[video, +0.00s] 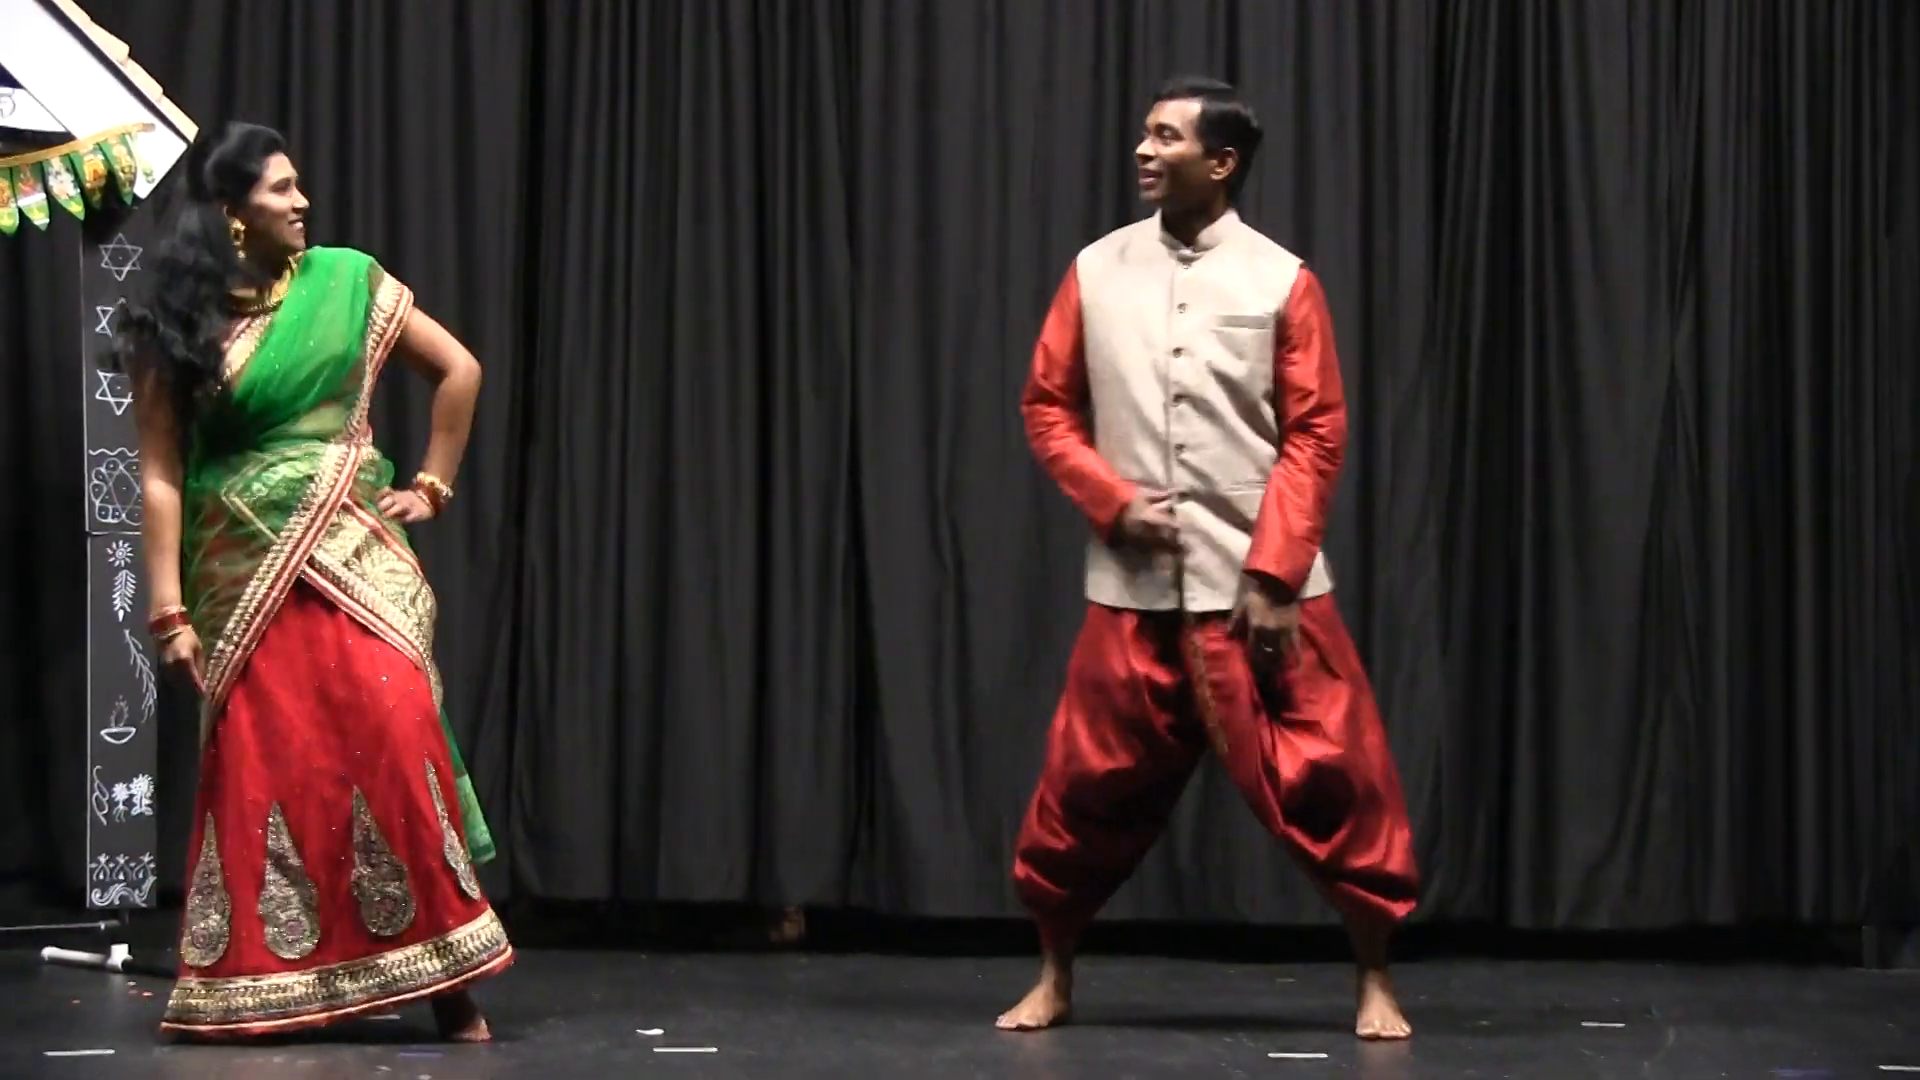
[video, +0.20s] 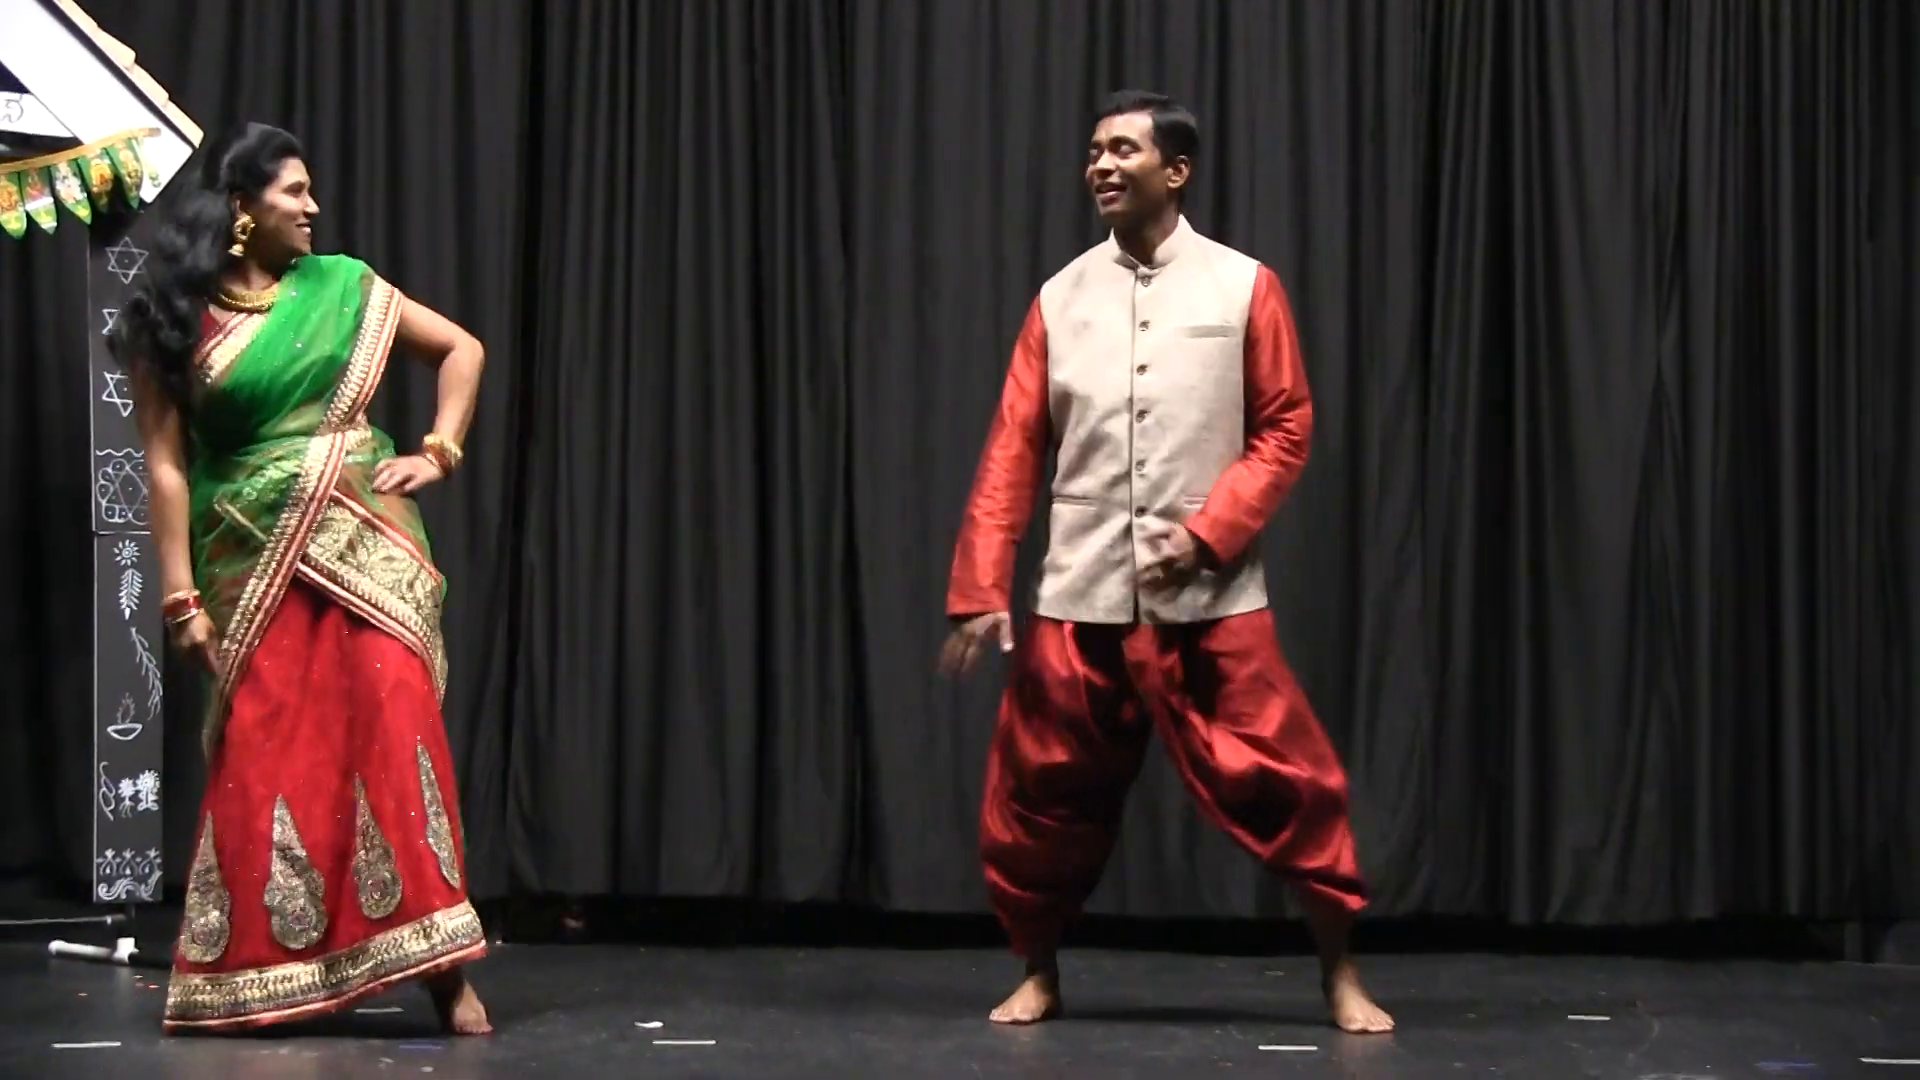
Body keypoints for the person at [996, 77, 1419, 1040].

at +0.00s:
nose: (1144, 150)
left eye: (1166, 137)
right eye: (1145, 135)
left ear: (1224, 159)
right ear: (1147, 152)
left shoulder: (1281, 280)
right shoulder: (1095, 271)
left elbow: (1317, 431)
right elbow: (1045, 408)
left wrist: (1275, 570)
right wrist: (1112, 502)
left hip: (1261, 584)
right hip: (1131, 585)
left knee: (1339, 776)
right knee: (1079, 783)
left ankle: (1375, 986)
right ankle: (1052, 980)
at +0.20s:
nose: (1101, 165)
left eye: (1122, 150)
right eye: (1095, 153)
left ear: (1177, 170)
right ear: (1090, 174)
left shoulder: (1244, 286)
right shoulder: (1058, 299)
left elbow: (1286, 429)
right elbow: (1012, 450)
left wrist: (1209, 533)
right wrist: (984, 583)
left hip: (1208, 593)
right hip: (1076, 595)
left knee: (1291, 776)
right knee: (1041, 789)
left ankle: (1343, 980)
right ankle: (1036, 974)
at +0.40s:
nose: (1116, 155)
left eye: (1134, 140)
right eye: (1103, 143)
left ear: (1174, 161)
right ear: (1087, 166)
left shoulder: (1221, 282)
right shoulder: (1042, 279)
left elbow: (1250, 421)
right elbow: (1000, 414)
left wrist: (1199, 557)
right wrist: (1056, 514)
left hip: (1203, 578)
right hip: (1077, 579)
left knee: (1277, 764)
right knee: (1039, 773)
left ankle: (1324, 963)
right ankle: (1036, 963)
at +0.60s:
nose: (1100, 176)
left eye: (1120, 162)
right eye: (1093, 165)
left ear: (1167, 184)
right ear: (1084, 189)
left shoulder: (1227, 291)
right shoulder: (1057, 308)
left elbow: (1270, 417)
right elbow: (1020, 454)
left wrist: (1193, 524)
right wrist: (997, 581)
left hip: (1193, 581)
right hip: (1070, 585)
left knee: (1256, 761)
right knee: (1037, 768)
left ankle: (1301, 945)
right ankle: (1023, 940)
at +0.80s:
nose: (1086, 211)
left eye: (1104, 200)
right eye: (1087, 200)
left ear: (1150, 220)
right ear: (1088, 218)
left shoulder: (1199, 321)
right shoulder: (1049, 316)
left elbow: (1223, 444)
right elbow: (1012, 432)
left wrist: (1182, 560)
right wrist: (1048, 522)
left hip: (1173, 574)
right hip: (1071, 575)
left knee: (1233, 733)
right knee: (1031, 734)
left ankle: (1264, 896)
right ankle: (1018, 892)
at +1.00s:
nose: (1071, 250)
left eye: (1087, 240)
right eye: (1071, 239)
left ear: (1129, 256)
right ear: (1073, 254)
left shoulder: (1176, 344)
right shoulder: (1041, 345)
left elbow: (1198, 448)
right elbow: (1011, 453)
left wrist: (1147, 542)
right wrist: (1005, 559)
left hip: (1143, 571)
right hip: (1049, 571)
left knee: (1196, 711)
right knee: (1018, 715)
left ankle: (1224, 855)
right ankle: (1004, 852)